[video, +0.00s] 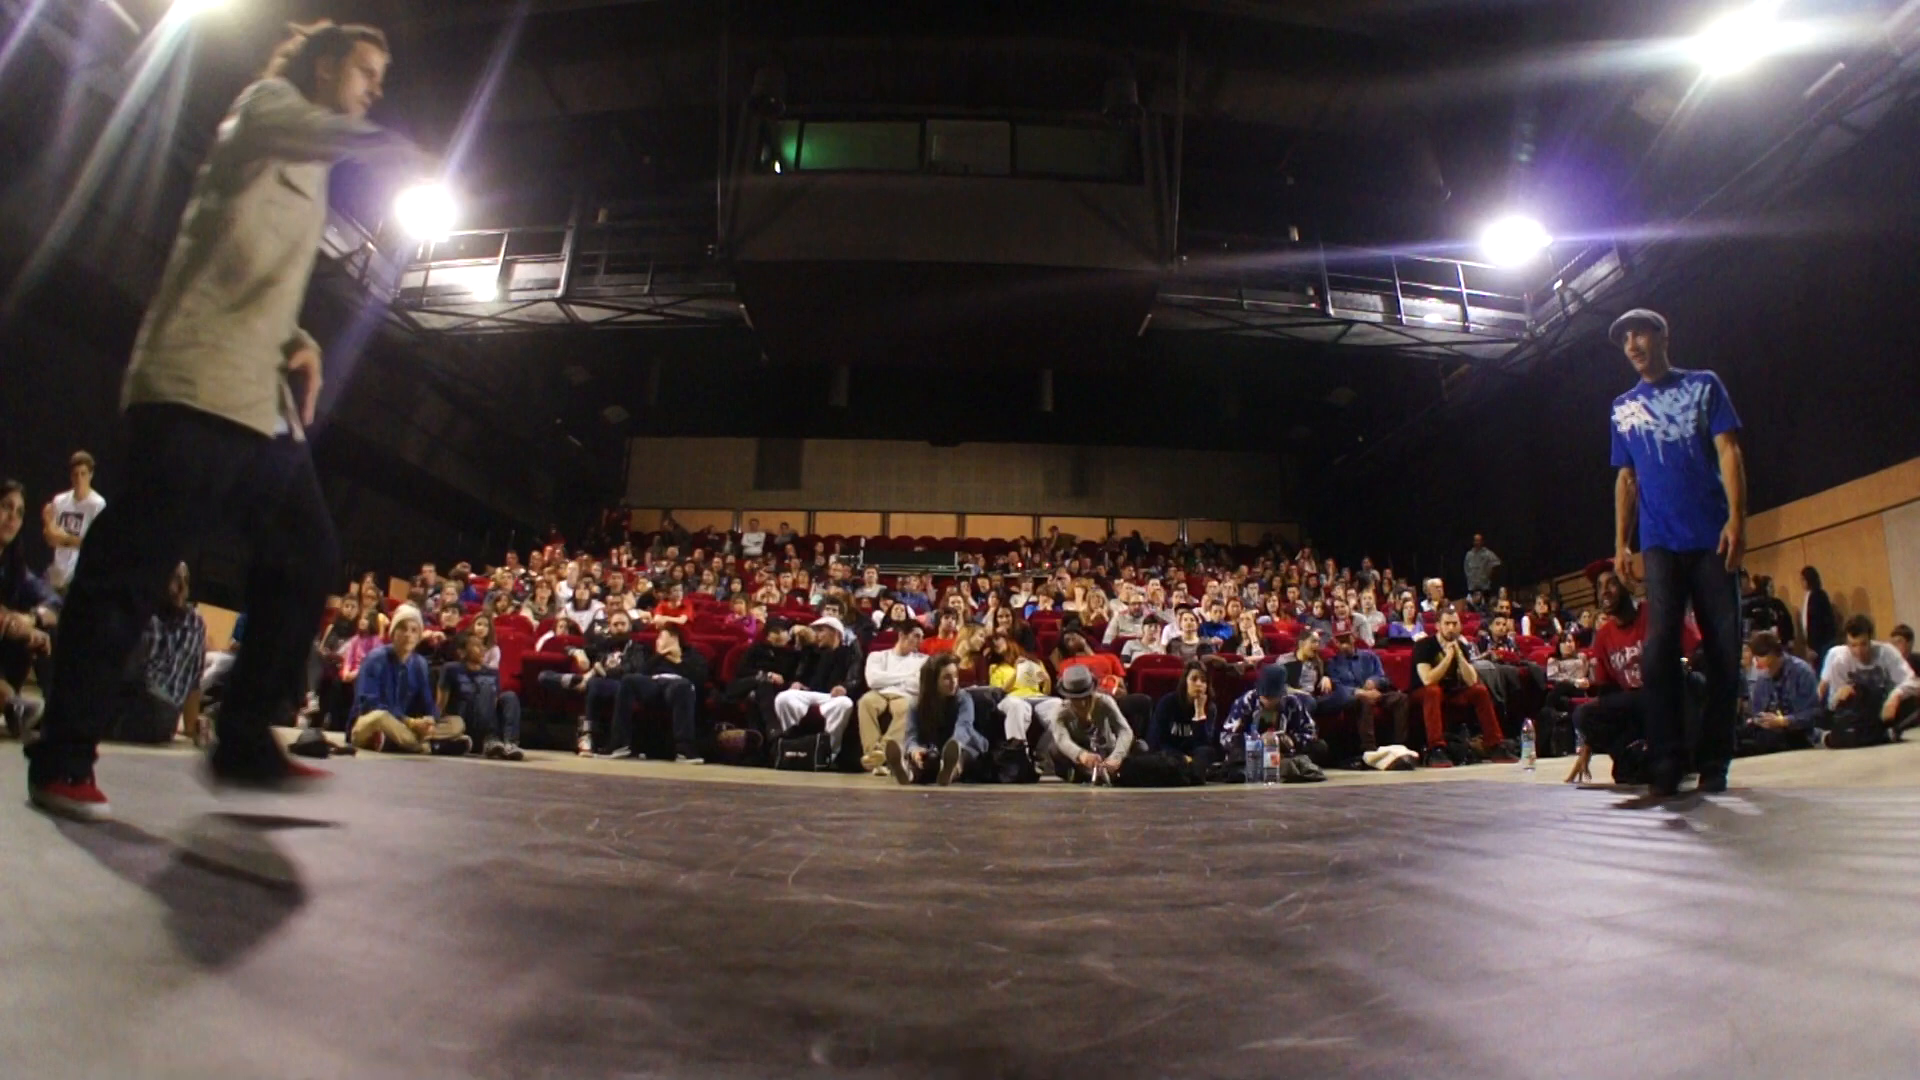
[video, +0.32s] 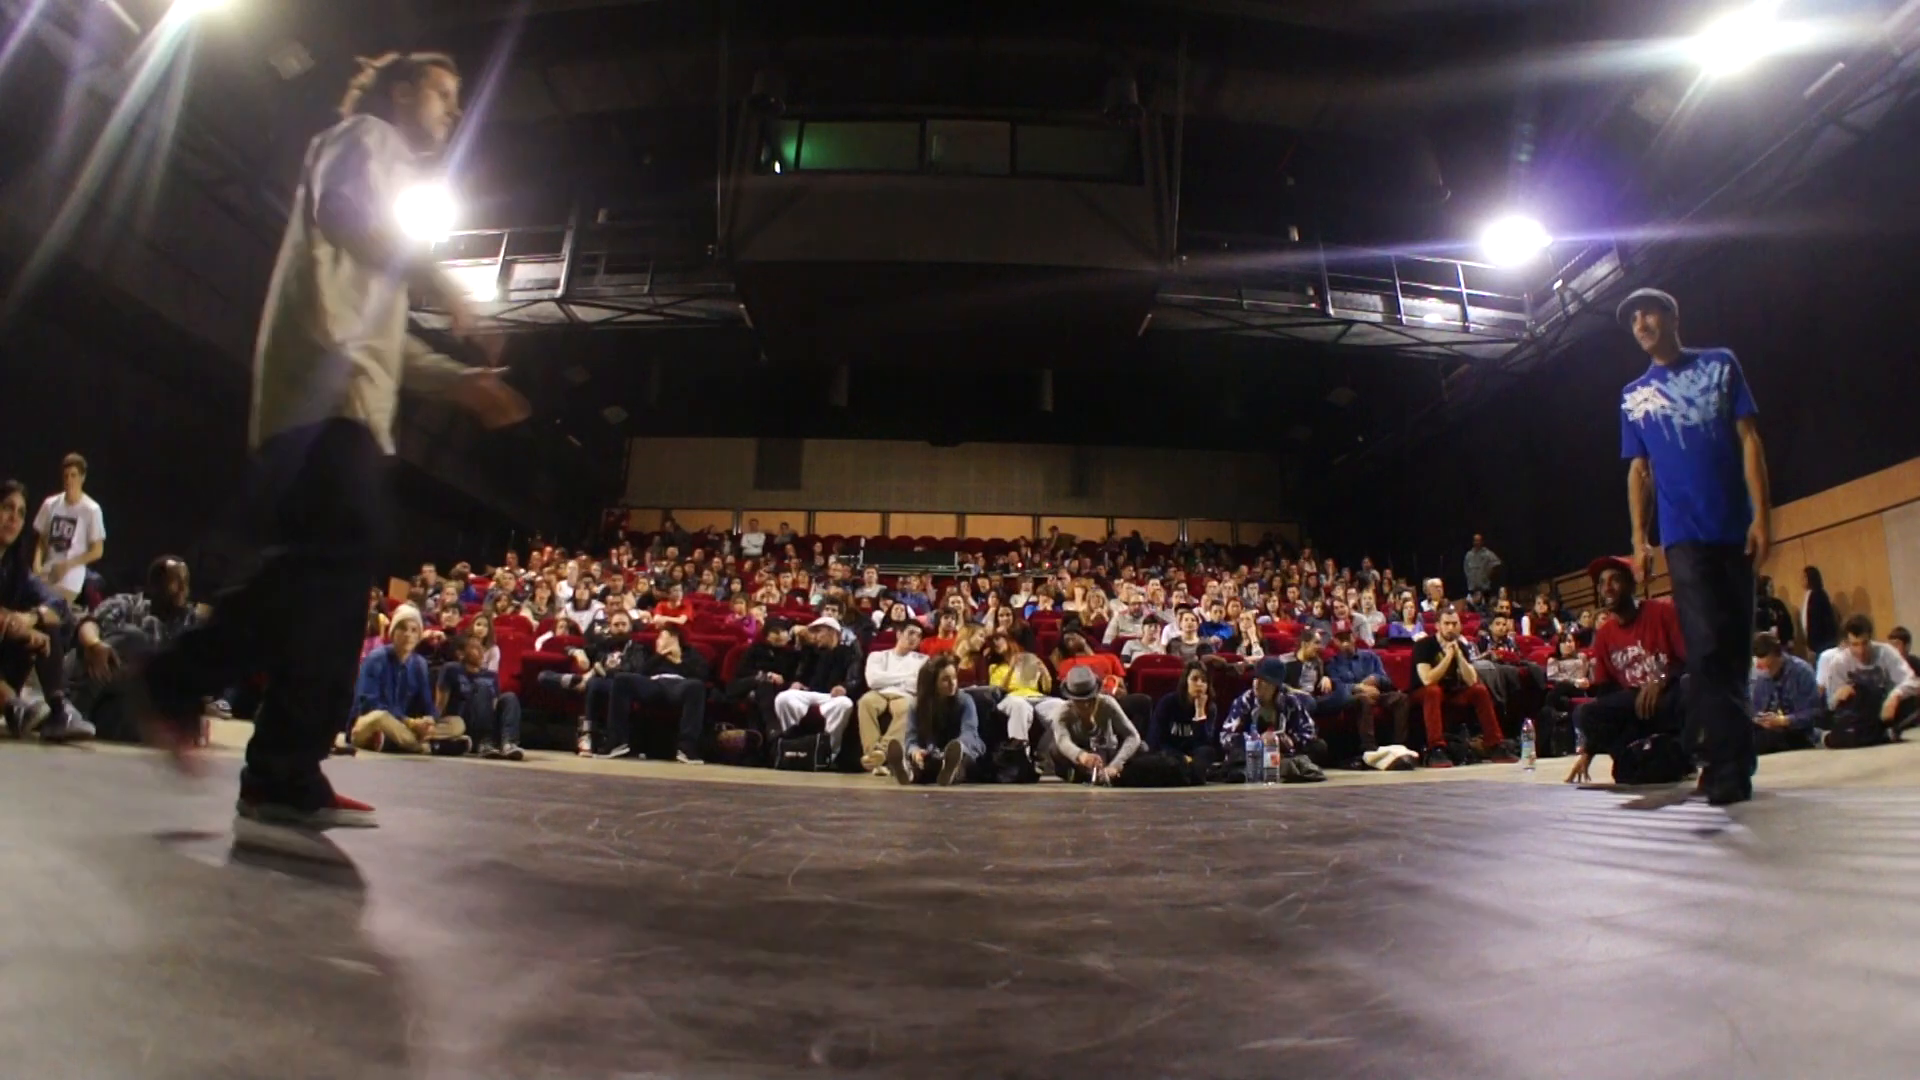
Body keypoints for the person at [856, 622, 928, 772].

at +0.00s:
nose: (919, 641)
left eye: (921, 637)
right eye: (916, 636)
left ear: (922, 640)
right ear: (902, 635)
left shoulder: (923, 660)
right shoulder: (876, 656)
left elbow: (919, 687)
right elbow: (873, 680)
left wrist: (886, 682)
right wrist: (907, 678)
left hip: (904, 693)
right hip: (880, 691)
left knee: (904, 709)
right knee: (865, 702)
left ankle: (883, 753)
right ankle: (873, 757)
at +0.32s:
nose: (914, 638)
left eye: (919, 635)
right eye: (911, 633)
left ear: (920, 640)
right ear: (899, 634)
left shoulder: (923, 660)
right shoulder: (876, 656)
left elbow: (918, 687)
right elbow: (873, 680)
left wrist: (885, 680)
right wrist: (906, 679)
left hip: (904, 694)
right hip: (880, 691)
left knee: (905, 709)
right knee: (865, 703)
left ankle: (883, 750)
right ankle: (874, 759)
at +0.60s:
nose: (907, 635)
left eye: (912, 633)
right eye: (904, 631)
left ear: (916, 639)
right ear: (896, 634)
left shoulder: (922, 659)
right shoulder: (876, 656)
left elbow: (920, 686)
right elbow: (873, 680)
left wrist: (886, 681)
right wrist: (907, 678)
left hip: (904, 694)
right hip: (880, 691)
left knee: (906, 711)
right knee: (865, 703)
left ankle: (883, 750)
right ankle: (875, 760)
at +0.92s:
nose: (909, 635)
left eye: (913, 633)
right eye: (906, 631)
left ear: (916, 639)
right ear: (896, 634)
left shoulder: (922, 659)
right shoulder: (876, 656)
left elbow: (922, 685)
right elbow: (873, 680)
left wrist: (888, 682)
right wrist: (907, 678)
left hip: (904, 694)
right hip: (880, 692)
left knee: (906, 710)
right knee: (865, 703)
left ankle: (884, 749)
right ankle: (874, 759)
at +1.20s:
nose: (913, 636)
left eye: (917, 634)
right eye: (909, 631)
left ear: (919, 640)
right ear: (898, 633)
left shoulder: (923, 659)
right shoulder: (877, 654)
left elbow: (923, 685)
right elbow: (874, 679)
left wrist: (888, 680)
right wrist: (909, 677)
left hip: (904, 694)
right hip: (880, 691)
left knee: (907, 710)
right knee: (865, 703)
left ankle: (884, 749)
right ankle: (875, 760)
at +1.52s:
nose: (921, 640)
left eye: (923, 637)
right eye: (918, 634)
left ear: (924, 640)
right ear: (904, 634)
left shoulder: (923, 659)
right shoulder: (878, 654)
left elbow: (924, 686)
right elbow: (875, 680)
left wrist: (895, 680)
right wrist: (909, 668)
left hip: (905, 693)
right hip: (881, 690)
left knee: (906, 710)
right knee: (866, 703)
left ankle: (884, 750)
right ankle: (875, 760)